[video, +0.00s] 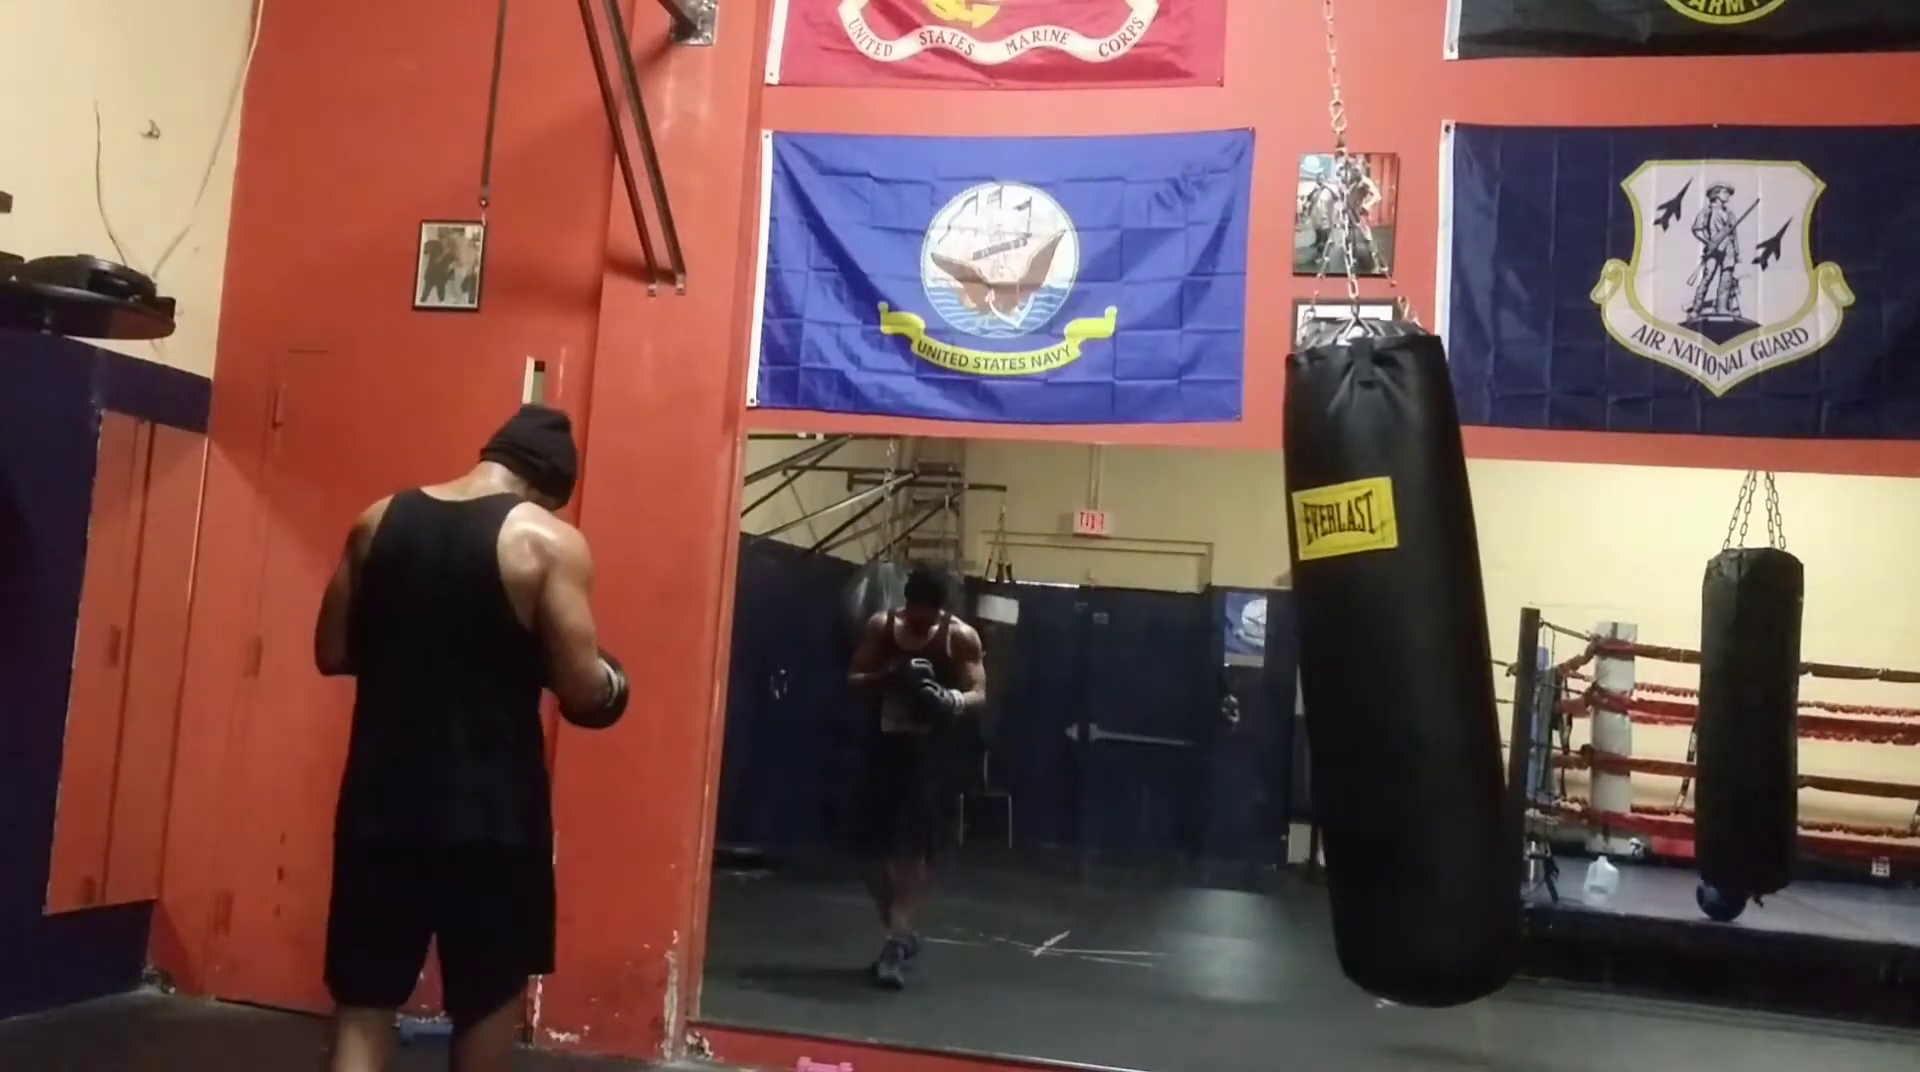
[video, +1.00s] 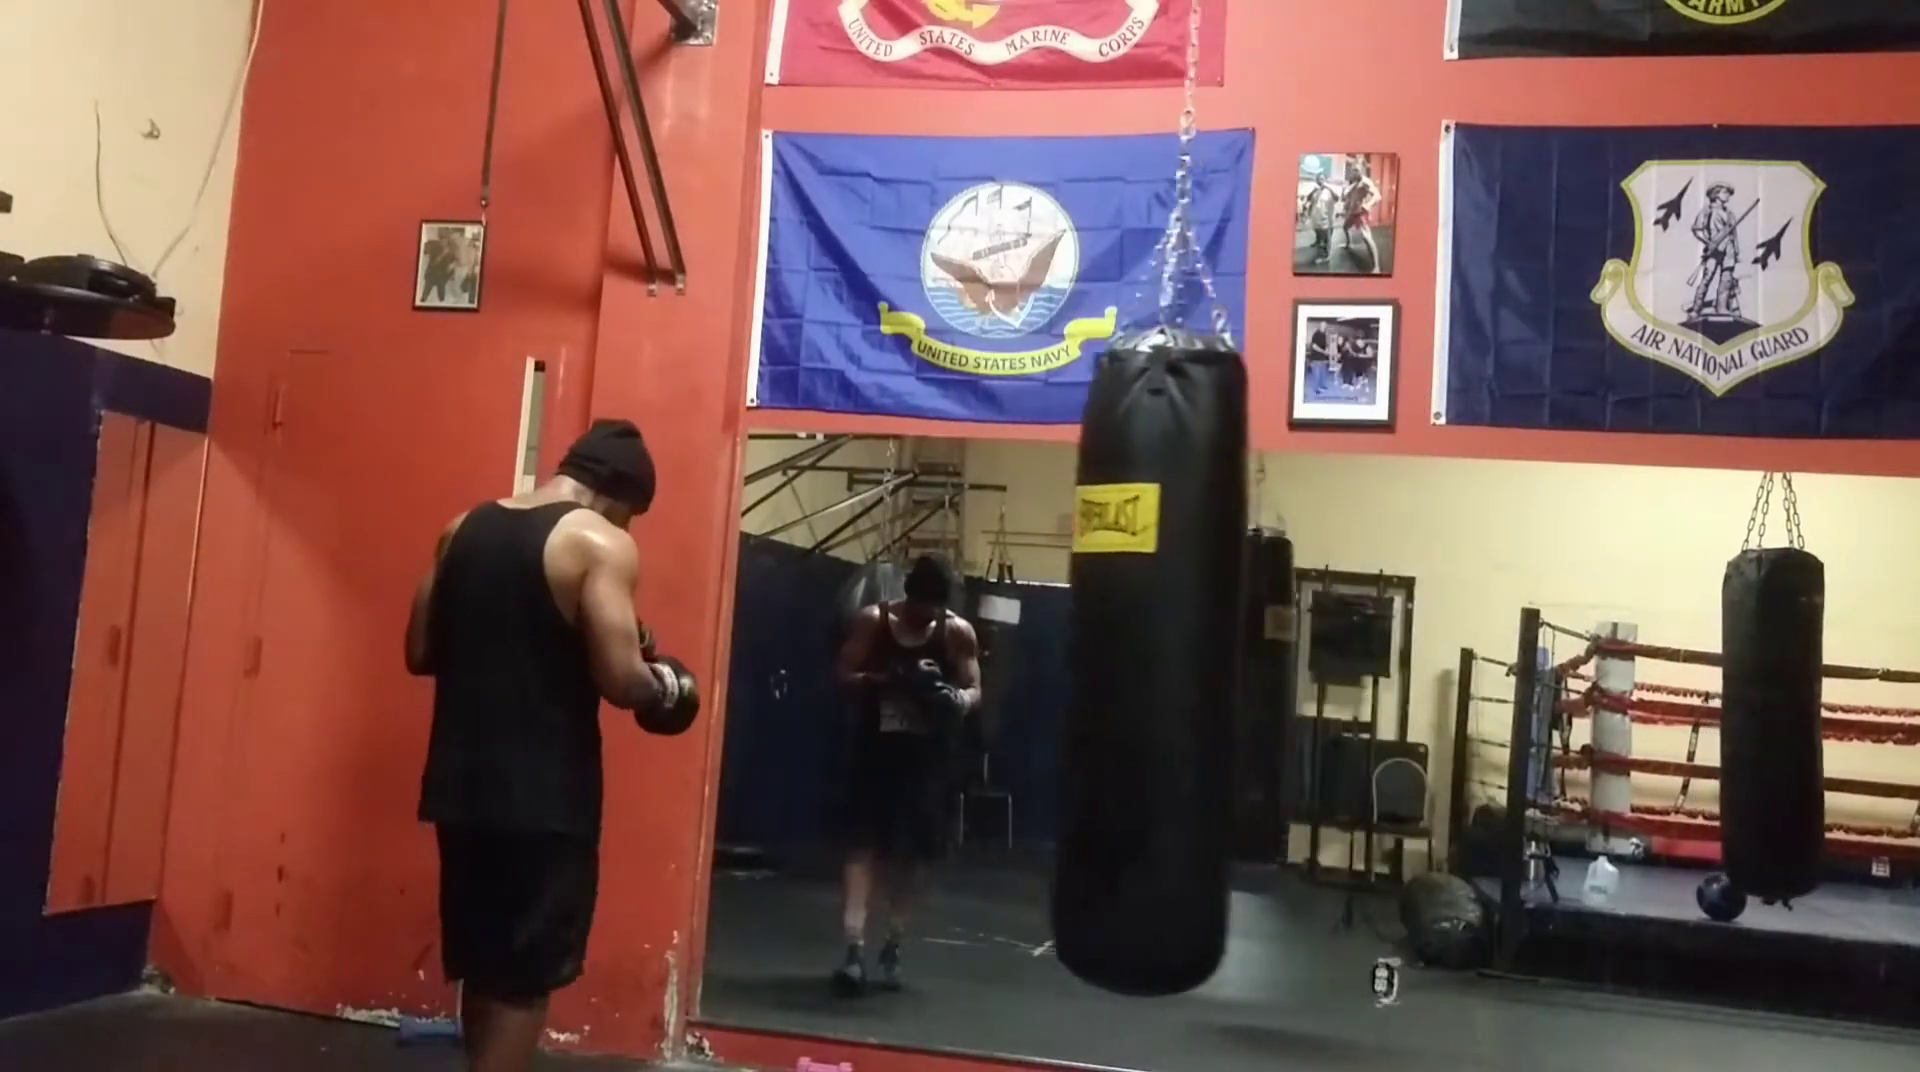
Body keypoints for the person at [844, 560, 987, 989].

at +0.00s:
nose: (918, 629)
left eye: (927, 623)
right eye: (912, 621)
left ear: (942, 613)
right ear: (903, 606)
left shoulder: (961, 637)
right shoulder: (882, 627)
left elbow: (978, 693)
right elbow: (855, 679)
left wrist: (951, 700)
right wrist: (893, 675)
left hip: (932, 751)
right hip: (884, 747)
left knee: (915, 845)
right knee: (873, 844)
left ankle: (896, 943)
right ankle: (900, 933)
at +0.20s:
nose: (919, 624)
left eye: (928, 617)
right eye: (913, 615)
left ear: (944, 606)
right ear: (904, 599)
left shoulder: (961, 631)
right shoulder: (879, 619)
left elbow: (978, 689)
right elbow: (854, 672)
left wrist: (953, 695)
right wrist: (886, 674)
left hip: (930, 746)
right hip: (881, 742)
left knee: (921, 842)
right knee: (873, 838)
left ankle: (900, 937)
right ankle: (900, 932)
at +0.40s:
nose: (925, 628)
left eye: (933, 621)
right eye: (919, 619)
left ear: (946, 610)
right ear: (907, 604)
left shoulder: (962, 637)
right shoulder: (880, 624)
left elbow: (977, 697)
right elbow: (852, 678)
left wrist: (952, 700)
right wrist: (891, 679)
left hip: (931, 753)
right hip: (881, 749)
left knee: (921, 852)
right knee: (867, 844)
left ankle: (892, 943)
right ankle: (891, 929)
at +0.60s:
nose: (922, 628)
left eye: (932, 622)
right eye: (916, 620)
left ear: (946, 612)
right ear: (905, 605)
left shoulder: (962, 635)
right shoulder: (878, 624)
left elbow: (979, 693)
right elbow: (851, 680)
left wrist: (957, 699)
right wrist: (891, 678)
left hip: (930, 754)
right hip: (879, 750)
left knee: (919, 853)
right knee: (863, 843)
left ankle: (892, 944)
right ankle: (871, 919)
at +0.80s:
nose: (925, 621)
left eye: (933, 614)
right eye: (919, 612)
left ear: (946, 604)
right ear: (907, 596)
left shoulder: (961, 631)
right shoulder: (877, 619)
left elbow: (978, 690)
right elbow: (849, 673)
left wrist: (953, 696)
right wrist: (886, 677)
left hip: (927, 753)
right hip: (875, 748)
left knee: (912, 853)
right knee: (862, 843)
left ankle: (893, 950)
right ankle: (852, 949)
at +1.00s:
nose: (923, 619)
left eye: (932, 613)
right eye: (918, 611)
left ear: (944, 605)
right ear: (906, 596)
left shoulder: (957, 632)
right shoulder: (873, 621)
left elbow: (973, 693)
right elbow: (845, 674)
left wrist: (948, 693)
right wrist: (885, 678)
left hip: (925, 755)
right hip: (873, 750)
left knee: (910, 854)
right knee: (862, 844)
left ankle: (893, 949)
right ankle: (853, 950)